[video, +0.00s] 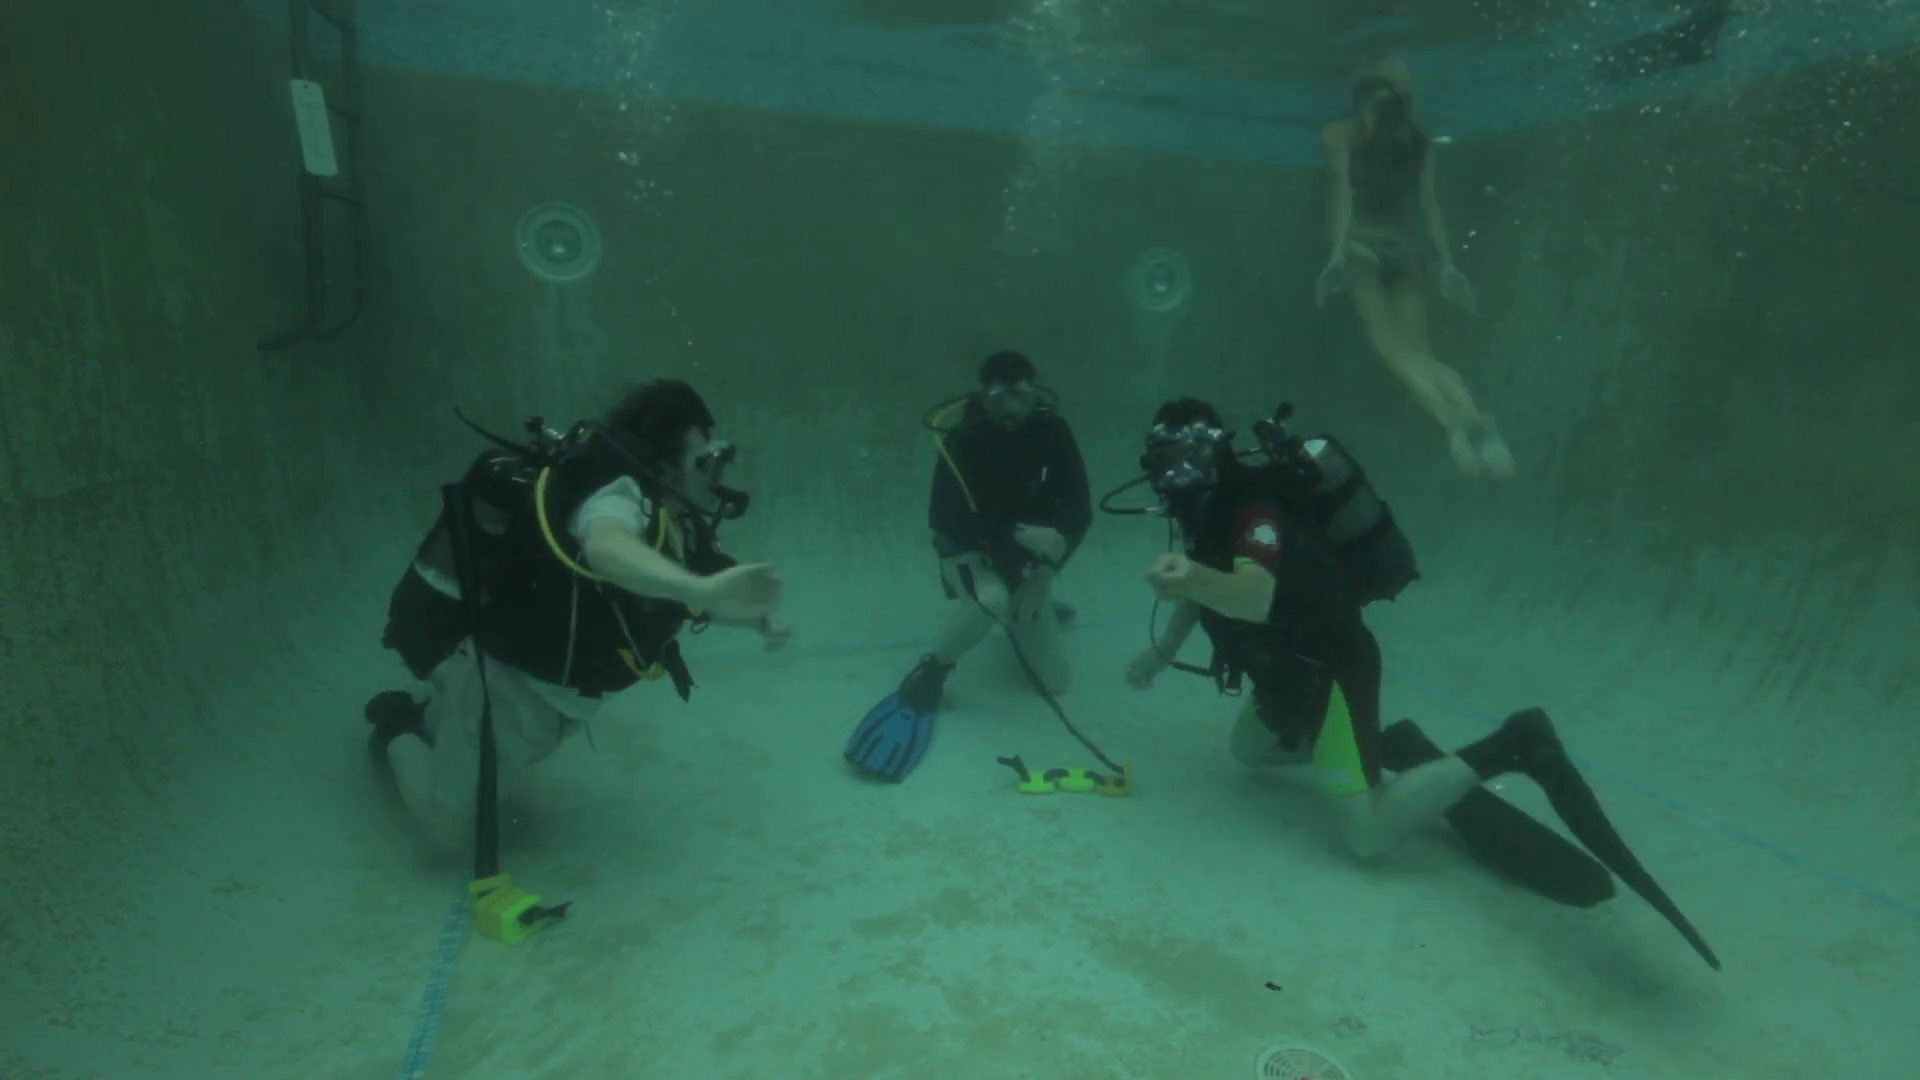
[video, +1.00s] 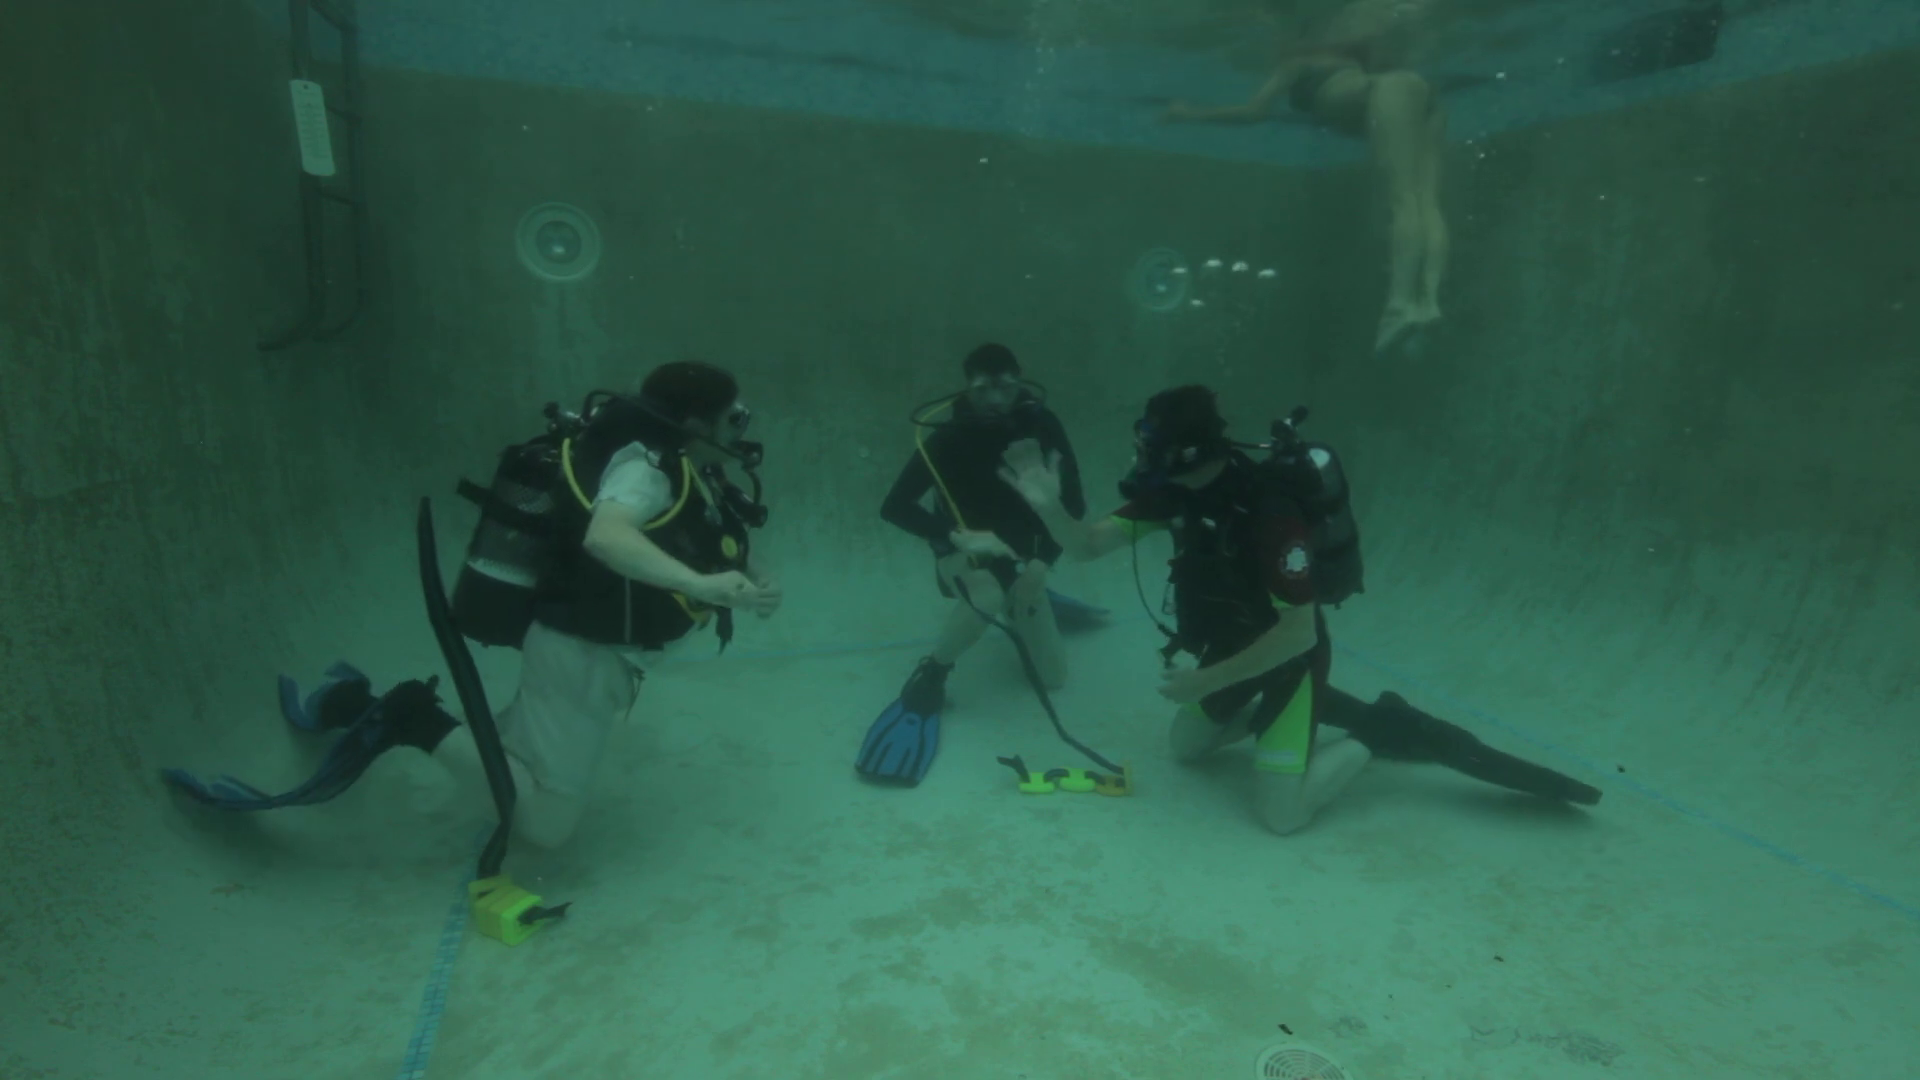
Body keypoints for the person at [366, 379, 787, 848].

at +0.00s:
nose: (719, 475)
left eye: (719, 460)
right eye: (706, 463)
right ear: (661, 462)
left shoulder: (679, 515)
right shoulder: (617, 494)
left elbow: (695, 593)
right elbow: (604, 548)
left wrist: (756, 617)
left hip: (568, 689)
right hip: (505, 681)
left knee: (502, 758)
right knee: (451, 826)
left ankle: (427, 715)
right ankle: (396, 735)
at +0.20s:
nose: (724, 465)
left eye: (722, 451)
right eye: (711, 453)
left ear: (686, 458)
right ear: (671, 457)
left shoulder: (682, 513)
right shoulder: (628, 507)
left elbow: (710, 576)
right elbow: (540, 570)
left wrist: (783, 594)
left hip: (574, 685)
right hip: (527, 682)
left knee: (513, 737)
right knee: (463, 831)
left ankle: (416, 677)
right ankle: (379, 739)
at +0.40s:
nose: (732, 459)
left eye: (731, 446)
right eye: (722, 447)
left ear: (692, 449)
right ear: (682, 447)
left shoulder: (692, 508)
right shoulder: (633, 497)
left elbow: (734, 567)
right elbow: (538, 551)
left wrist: (811, 576)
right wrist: (472, 610)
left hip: (576, 671)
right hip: (526, 666)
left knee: (514, 761)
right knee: (484, 828)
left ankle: (389, 691)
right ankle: (361, 737)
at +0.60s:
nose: (734, 451)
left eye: (733, 438)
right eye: (726, 439)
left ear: (693, 440)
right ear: (691, 442)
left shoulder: (695, 494)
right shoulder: (632, 488)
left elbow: (750, 556)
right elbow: (550, 558)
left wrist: (835, 565)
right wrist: (530, 635)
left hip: (595, 665)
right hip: (541, 663)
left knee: (527, 782)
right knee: (509, 831)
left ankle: (377, 704)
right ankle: (369, 746)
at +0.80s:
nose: (730, 443)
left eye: (729, 431)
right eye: (721, 431)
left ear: (688, 432)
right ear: (686, 434)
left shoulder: (692, 482)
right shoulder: (640, 479)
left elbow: (725, 553)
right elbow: (585, 559)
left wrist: (782, 578)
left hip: (596, 660)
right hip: (560, 659)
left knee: (529, 781)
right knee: (530, 830)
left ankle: (366, 710)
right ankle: (382, 736)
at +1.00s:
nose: (735, 435)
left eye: (734, 422)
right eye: (726, 423)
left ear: (684, 420)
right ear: (692, 424)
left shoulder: (679, 464)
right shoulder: (646, 465)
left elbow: (693, 548)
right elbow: (608, 537)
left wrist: (734, 582)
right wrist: (702, 584)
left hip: (600, 646)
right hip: (575, 648)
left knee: (536, 773)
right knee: (544, 820)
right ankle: (416, 722)